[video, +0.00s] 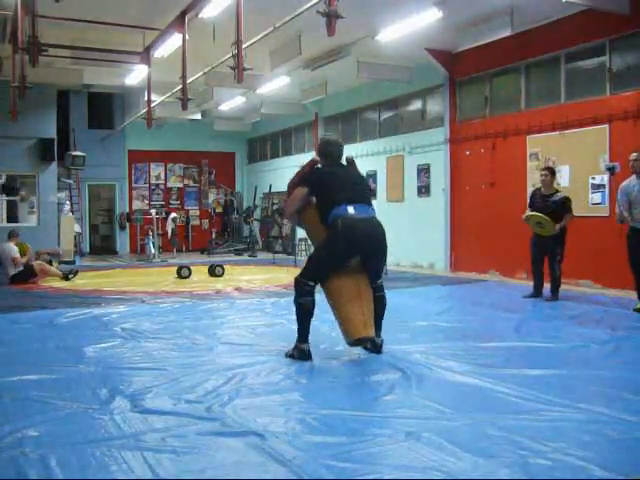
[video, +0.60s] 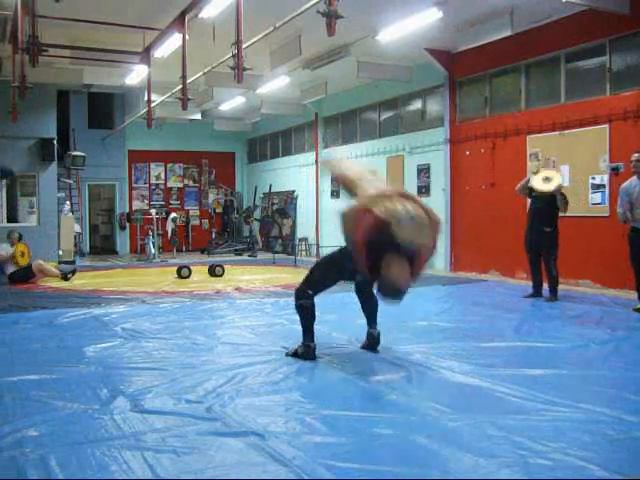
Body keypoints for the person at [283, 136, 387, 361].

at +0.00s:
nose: (316, 158)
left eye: (317, 155)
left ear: (320, 157)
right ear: (341, 156)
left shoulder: (316, 175)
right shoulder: (355, 174)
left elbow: (289, 209)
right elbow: (368, 198)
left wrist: (303, 220)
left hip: (344, 231)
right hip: (374, 228)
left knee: (304, 283)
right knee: (376, 282)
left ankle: (302, 345)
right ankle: (377, 337)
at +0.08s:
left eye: (325, 157)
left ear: (324, 159)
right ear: (346, 158)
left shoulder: (319, 180)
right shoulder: (360, 179)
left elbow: (293, 215)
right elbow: (370, 203)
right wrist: (357, 174)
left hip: (343, 241)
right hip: (373, 238)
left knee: (299, 284)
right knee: (375, 284)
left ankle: (302, 346)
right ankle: (376, 338)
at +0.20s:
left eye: (342, 151)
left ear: (340, 154)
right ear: (361, 155)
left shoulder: (328, 181)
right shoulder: (371, 182)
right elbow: (371, 212)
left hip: (339, 251)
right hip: (370, 252)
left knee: (294, 287)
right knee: (373, 287)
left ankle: (303, 346)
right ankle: (375, 339)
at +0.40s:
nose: (344, 170)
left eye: (346, 166)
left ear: (346, 168)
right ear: (368, 170)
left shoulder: (335, 193)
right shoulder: (383, 193)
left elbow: (312, 201)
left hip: (335, 254)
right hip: (367, 258)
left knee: (299, 290)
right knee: (367, 290)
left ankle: (304, 346)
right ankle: (373, 339)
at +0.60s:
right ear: (405, 275)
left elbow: (347, 215)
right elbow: (435, 222)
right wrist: (411, 198)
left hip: (358, 258)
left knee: (304, 293)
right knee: (363, 287)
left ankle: (307, 345)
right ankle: (373, 333)